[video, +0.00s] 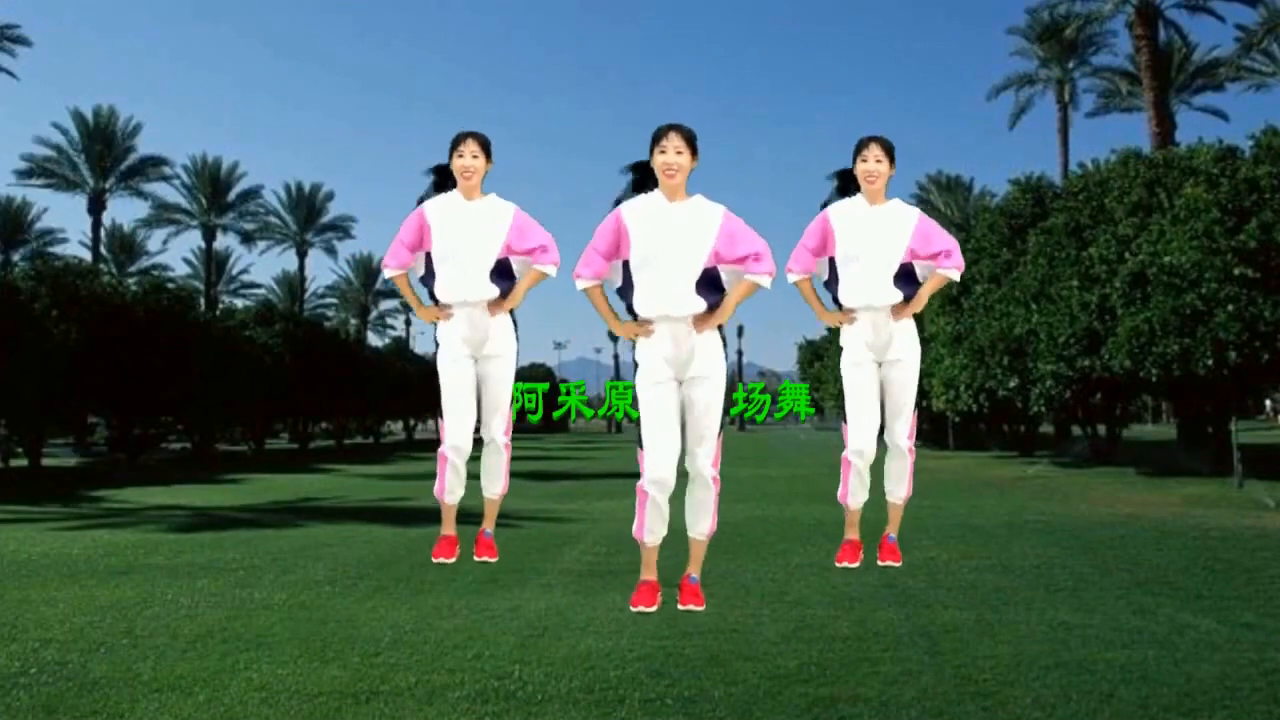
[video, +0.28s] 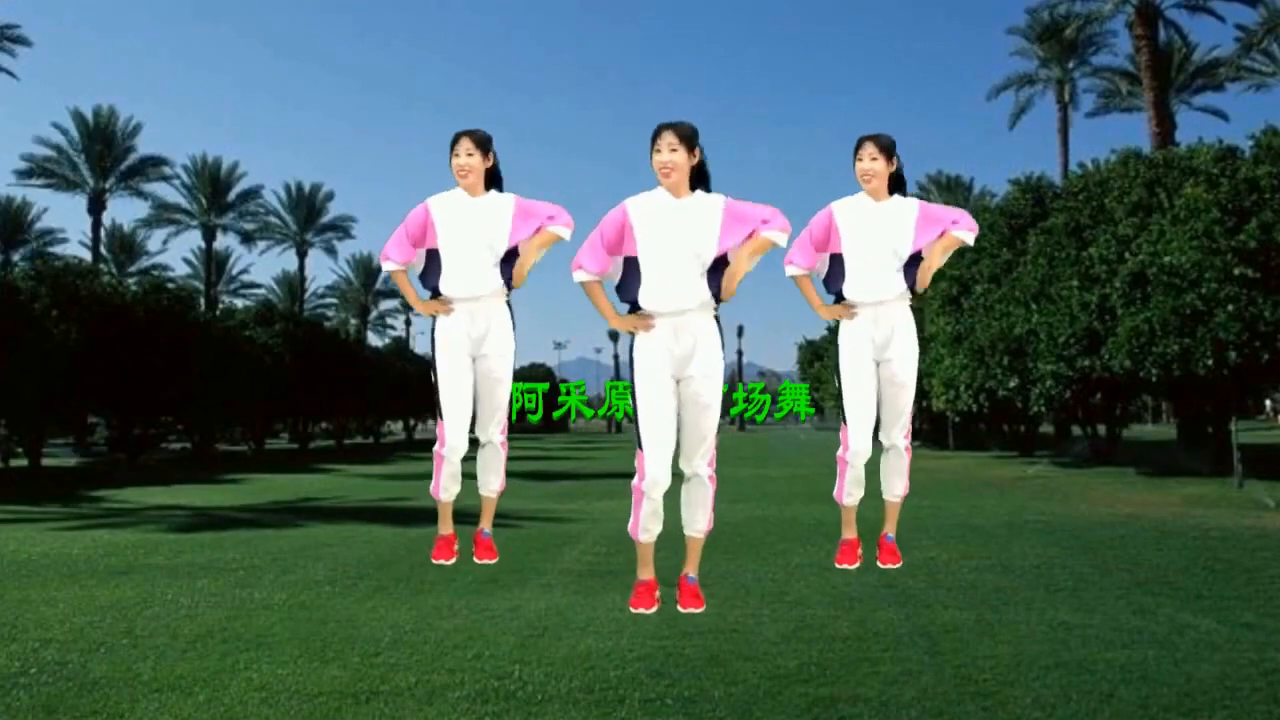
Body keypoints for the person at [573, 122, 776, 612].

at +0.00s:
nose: (671, 158)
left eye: (679, 152)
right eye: (663, 151)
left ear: (693, 161)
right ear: (652, 161)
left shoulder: (713, 214)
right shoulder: (629, 215)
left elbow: (762, 263)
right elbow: (587, 272)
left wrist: (724, 310)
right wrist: (617, 324)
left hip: (704, 343)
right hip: (653, 345)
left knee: (702, 462)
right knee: (658, 464)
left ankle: (693, 576)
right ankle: (648, 576)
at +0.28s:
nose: (664, 158)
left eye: (673, 150)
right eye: (658, 150)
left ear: (694, 157)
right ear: (651, 159)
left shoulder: (717, 207)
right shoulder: (632, 210)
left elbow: (778, 224)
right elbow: (585, 267)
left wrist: (740, 262)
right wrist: (616, 318)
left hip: (701, 334)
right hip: (651, 336)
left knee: (698, 461)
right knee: (655, 462)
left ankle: (690, 574)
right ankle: (645, 576)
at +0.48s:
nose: (667, 151)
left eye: (676, 144)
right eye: (662, 144)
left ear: (699, 150)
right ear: (657, 153)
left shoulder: (724, 198)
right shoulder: (637, 203)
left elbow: (786, 215)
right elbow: (586, 256)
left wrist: (753, 202)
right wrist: (618, 309)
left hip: (701, 327)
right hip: (650, 327)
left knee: (697, 457)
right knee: (649, 460)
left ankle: (693, 575)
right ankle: (643, 575)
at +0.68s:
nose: (674, 180)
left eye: (684, 173)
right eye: (670, 172)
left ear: (707, 181)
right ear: (664, 181)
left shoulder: (718, 240)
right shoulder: (640, 224)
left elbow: (712, 305)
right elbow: (592, 280)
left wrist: (723, 240)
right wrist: (612, 336)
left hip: (702, 352)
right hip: (651, 353)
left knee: (704, 474)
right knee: (675, 473)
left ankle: (691, 577)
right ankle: (658, 542)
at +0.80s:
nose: (668, 156)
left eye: (678, 148)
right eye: (665, 149)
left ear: (703, 158)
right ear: (661, 158)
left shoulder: (718, 213)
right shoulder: (636, 205)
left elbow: (707, 257)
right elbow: (588, 255)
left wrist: (701, 192)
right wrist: (605, 311)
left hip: (692, 336)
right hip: (641, 335)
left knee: (693, 461)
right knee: (646, 457)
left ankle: (693, 574)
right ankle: (636, 536)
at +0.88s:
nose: (664, 150)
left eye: (674, 142)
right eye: (661, 142)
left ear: (698, 150)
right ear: (657, 150)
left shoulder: (717, 202)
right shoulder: (633, 199)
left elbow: (704, 238)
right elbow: (584, 245)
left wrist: (693, 174)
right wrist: (602, 299)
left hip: (686, 328)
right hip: (635, 328)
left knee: (687, 456)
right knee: (631, 454)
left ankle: (692, 571)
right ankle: (614, 544)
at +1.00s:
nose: (657, 164)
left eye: (666, 156)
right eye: (653, 156)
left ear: (688, 163)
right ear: (646, 163)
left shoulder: (708, 211)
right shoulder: (628, 211)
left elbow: (687, 250)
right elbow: (577, 253)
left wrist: (680, 188)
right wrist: (596, 303)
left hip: (675, 341)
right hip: (626, 336)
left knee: (672, 473)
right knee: (610, 462)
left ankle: (690, 574)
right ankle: (578, 563)